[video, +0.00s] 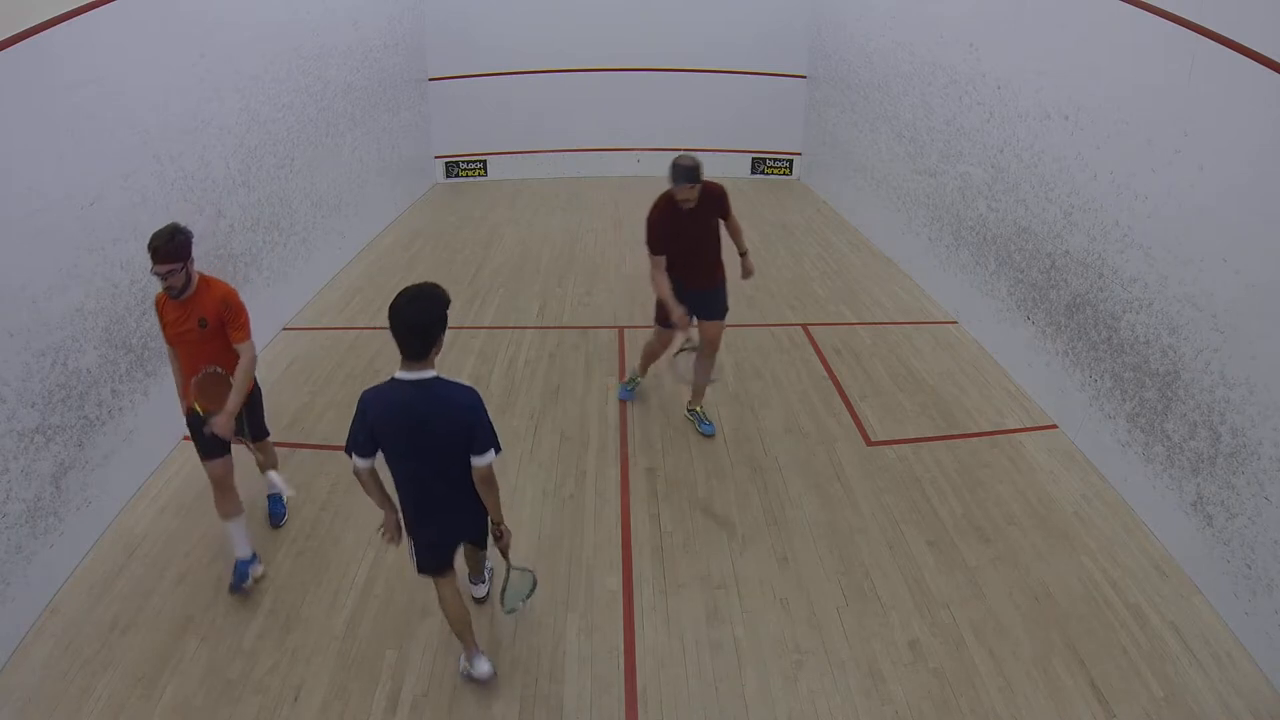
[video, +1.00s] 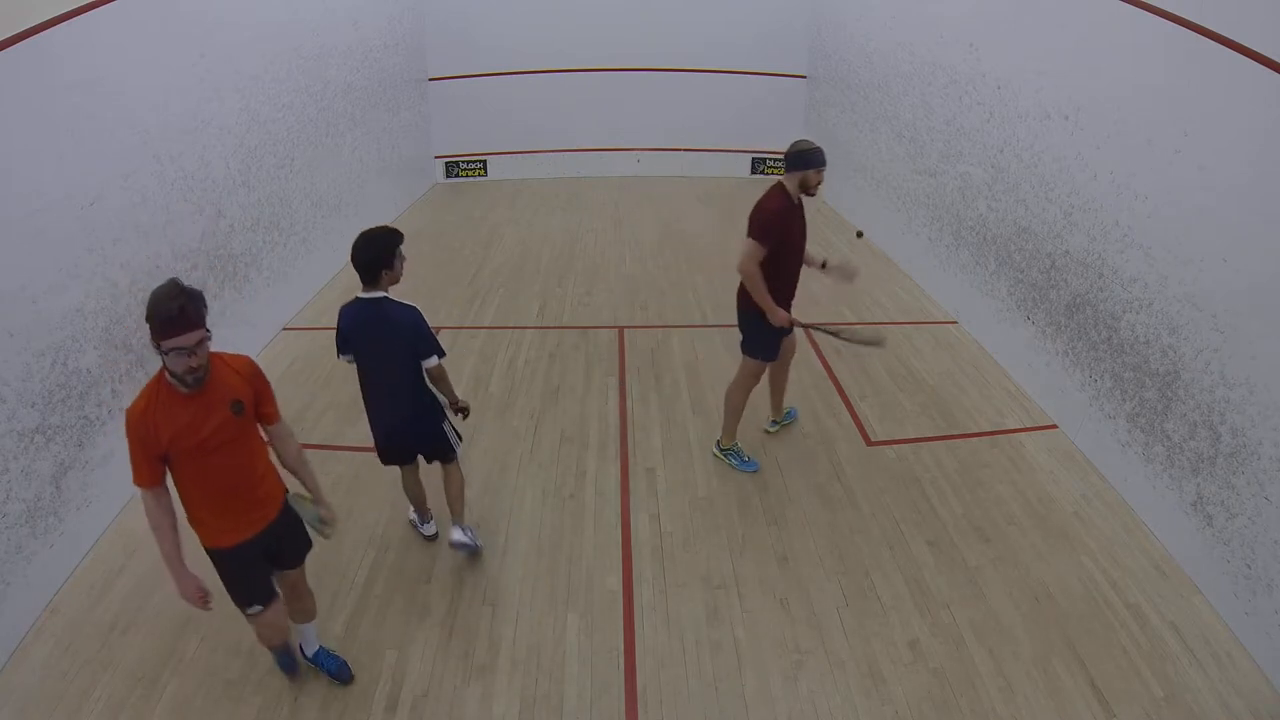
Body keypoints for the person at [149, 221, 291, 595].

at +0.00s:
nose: (166, 283)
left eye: (171, 274)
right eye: (159, 276)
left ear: (190, 263)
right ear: (155, 270)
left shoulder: (222, 296)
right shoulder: (163, 305)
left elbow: (248, 356)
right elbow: (174, 355)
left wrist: (229, 412)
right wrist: (184, 399)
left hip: (238, 391)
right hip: (199, 401)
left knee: (259, 444)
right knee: (219, 478)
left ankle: (275, 488)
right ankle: (245, 555)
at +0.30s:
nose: (143, 306)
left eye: (149, 295)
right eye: (134, 299)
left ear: (167, 284)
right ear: (126, 295)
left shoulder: (205, 320)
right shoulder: (131, 341)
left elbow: (244, 373)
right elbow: (147, 396)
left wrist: (265, 426)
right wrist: (166, 444)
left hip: (226, 434)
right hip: (184, 448)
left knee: (250, 498)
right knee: (217, 516)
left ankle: (270, 507)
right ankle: (254, 571)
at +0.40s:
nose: (143, 313)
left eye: (151, 302)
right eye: (133, 305)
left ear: (166, 289)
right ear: (124, 300)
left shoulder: (203, 324)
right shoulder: (122, 350)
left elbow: (243, 374)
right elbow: (132, 405)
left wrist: (269, 427)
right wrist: (155, 458)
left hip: (225, 440)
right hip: (181, 457)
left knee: (261, 519)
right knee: (218, 523)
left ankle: (275, 547)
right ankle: (253, 572)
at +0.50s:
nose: (148, 322)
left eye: (155, 310)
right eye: (137, 314)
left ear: (168, 296)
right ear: (125, 308)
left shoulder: (202, 332)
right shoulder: (119, 360)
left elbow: (240, 380)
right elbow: (120, 418)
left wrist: (269, 432)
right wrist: (146, 477)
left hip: (227, 450)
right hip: (183, 469)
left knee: (265, 533)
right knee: (220, 529)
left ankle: (289, 589)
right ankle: (253, 572)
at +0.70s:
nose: (164, 346)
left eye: (171, 333)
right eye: (152, 338)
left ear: (182, 320)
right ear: (136, 333)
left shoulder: (215, 357)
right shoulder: (127, 389)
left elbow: (244, 413)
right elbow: (132, 459)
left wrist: (267, 467)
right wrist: (141, 528)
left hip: (239, 483)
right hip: (193, 501)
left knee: (274, 565)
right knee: (227, 548)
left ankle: (309, 642)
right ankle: (254, 574)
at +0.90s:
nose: (183, 356)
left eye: (190, 342)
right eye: (169, 348)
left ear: (200, 329)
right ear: (150, 343)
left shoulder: (234, 368)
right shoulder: (138, 408)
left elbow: (265, 431)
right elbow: (144, 486)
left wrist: (296, 489)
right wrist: (163, 563)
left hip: (266, 503)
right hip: (216, 531)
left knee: (292, 580)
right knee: (250, 605)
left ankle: (312, 649)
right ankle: (258, 615)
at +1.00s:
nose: (191, 360)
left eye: (199, 346)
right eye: (177, 352)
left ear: (208, 333)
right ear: (157, 349)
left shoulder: (241, 371)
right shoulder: (144, 418)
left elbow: (279, 435)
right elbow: (155, 496)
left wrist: (317, 495)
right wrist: (179, 571)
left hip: (275, 510)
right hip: (225, 539)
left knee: (296, 584)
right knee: (272, 627)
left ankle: (312, 648)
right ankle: (281, 649)